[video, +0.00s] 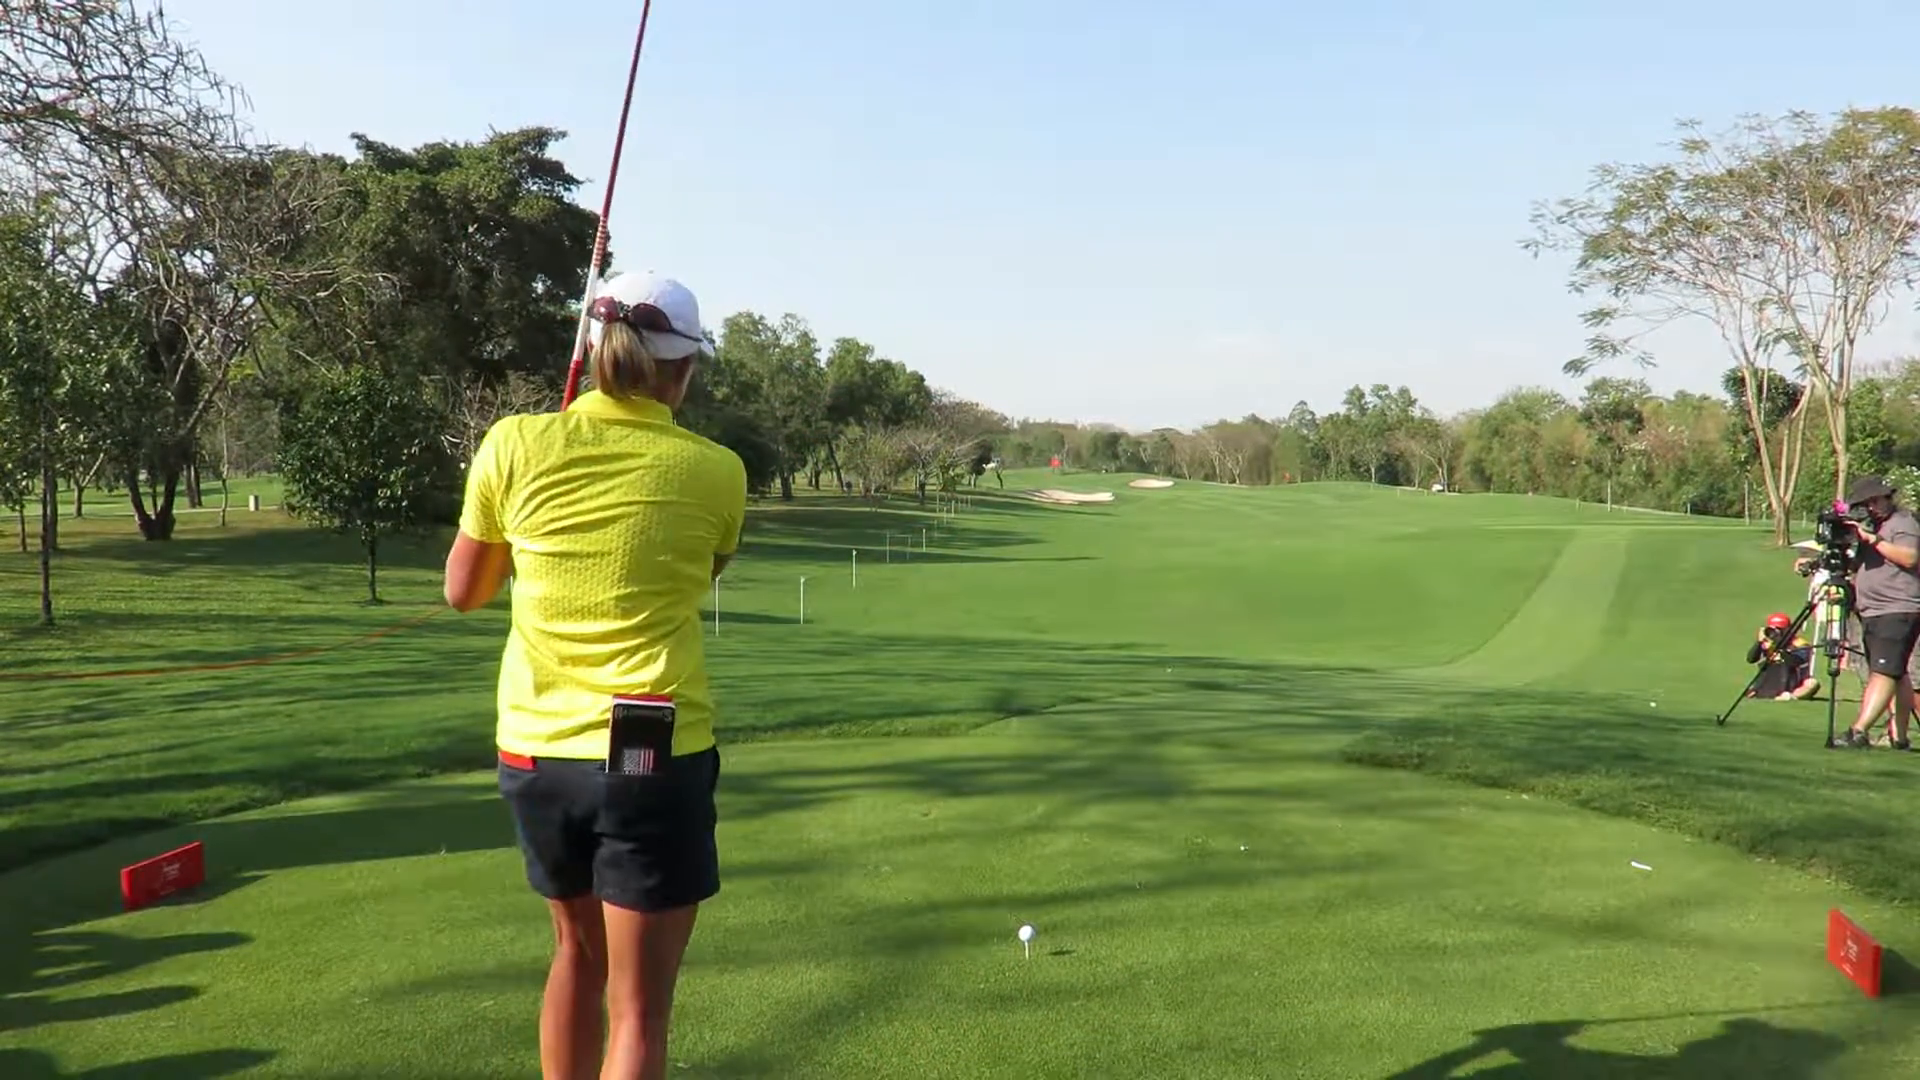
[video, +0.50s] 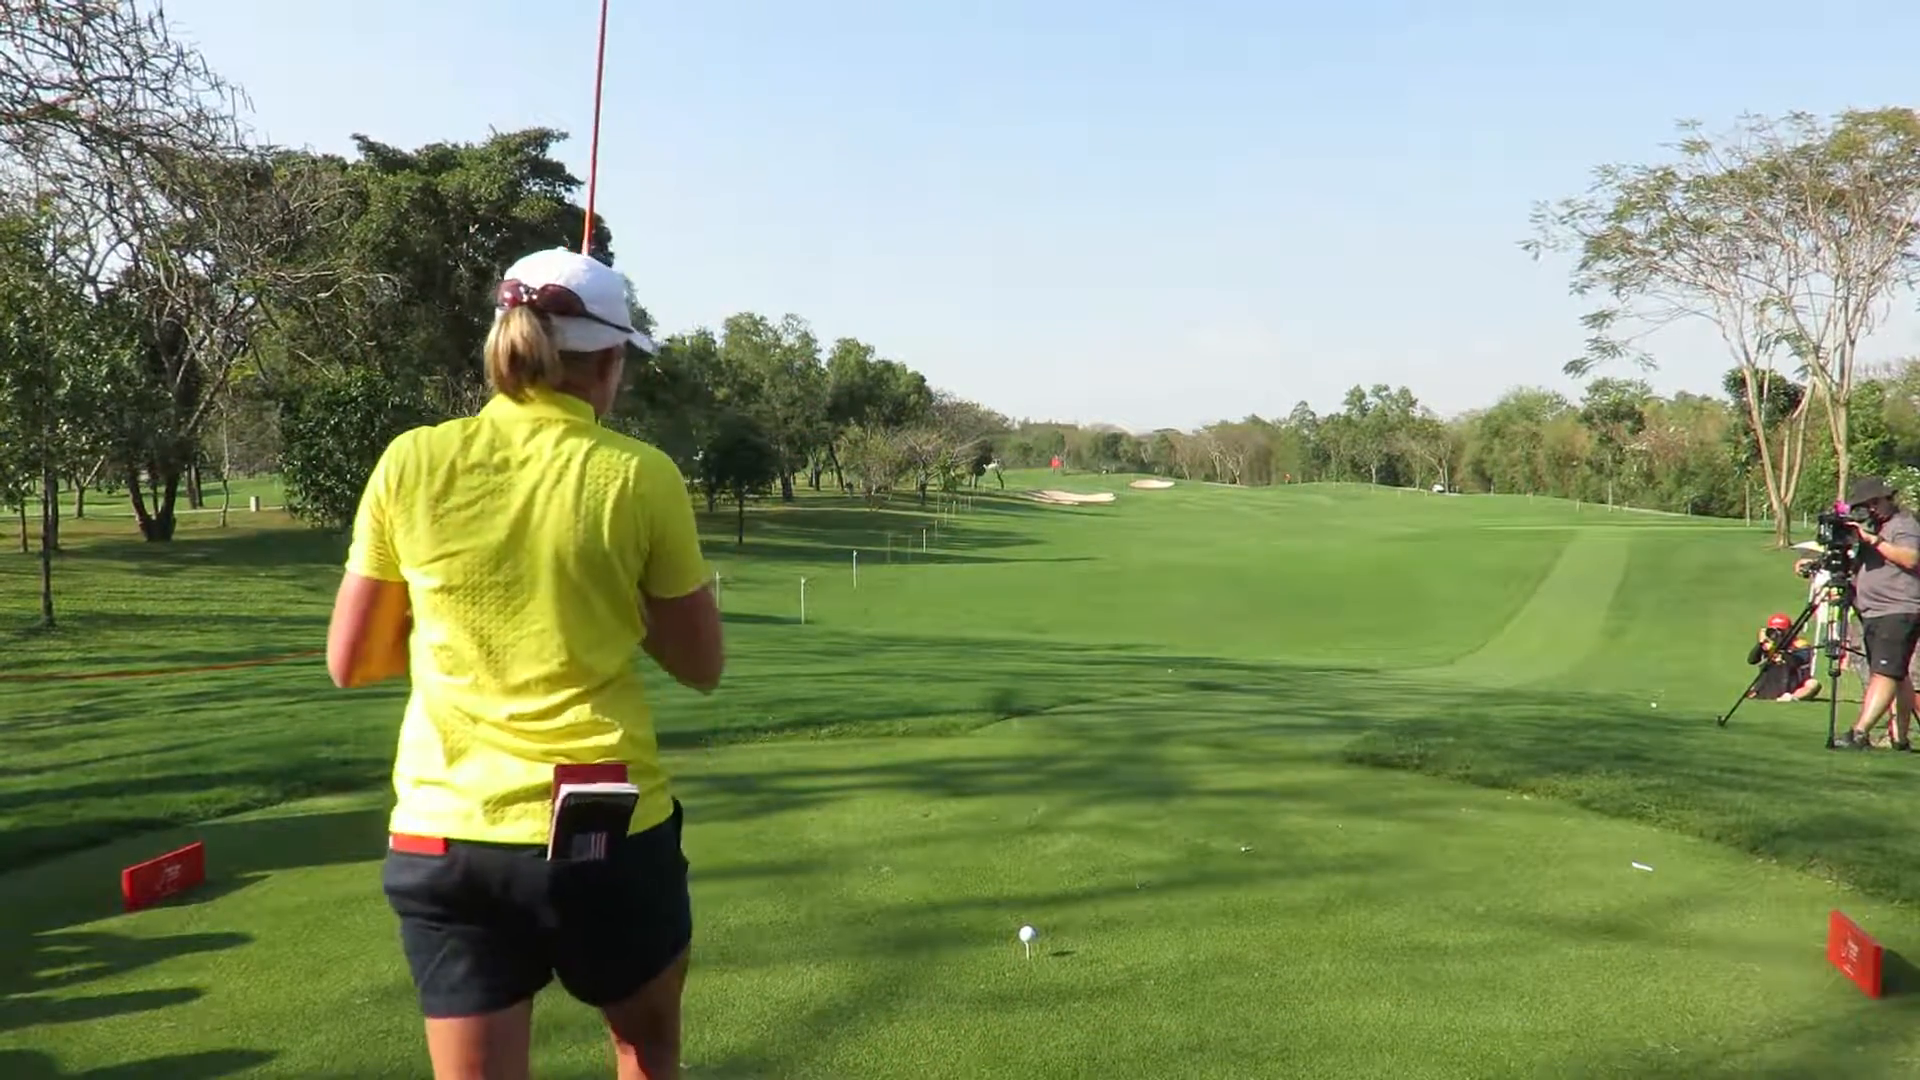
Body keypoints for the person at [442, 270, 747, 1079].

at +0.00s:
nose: (692, 376)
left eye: (689, 360)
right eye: (692, 362)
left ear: (590, 351)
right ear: (681, 368)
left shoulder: (514, 444)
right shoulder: (716, 472)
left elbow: (464, 587)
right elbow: (701, 570)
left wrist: (546, 520)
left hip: (537, 757)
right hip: (656, 763)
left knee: (573, 951)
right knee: (639, 1009)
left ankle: (564, 1077)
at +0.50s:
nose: (621, 377)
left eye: (622, 358)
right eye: (623, 359)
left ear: (501, 349)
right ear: (606, 364)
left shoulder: (409, 462)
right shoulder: (637, 477)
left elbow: (352, 659)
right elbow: (700, 661)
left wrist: (458, 614)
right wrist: (614, 584)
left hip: (441, 843)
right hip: (606, 839)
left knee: (474, 1070)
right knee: (646, 1047)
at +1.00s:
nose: (593, 345)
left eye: (593, 320)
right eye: (594, 323)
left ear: (459, 309)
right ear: (576, 326)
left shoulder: (343, 444)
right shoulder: (610, 470)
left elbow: (198, 643)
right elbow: (676, 727)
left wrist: (338, 743)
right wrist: (642, 783)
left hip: (365, 892)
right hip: (536, 902)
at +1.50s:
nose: (580, 329)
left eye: (580, 305)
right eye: (582, 307)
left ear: (432, 284)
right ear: (562, 311)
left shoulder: (300, 434)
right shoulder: (595, 466)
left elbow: (171, 679)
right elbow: (644, 771)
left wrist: (283, 826)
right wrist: (659, 925)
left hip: (314, 917)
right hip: (511, 930)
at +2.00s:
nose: (536, 355)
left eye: (538, 331)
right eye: (537, 332)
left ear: (392, 313)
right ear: (518, 334)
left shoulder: (270, 460)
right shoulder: (547, 474)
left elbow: (165, 701)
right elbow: (609, 751)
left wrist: (207, 879)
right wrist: (616, 895)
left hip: (301, 916)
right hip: (478, 919)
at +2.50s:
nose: (413, 377)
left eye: (416, 359)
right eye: (412, 358)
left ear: (288, 346)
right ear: (381, 356)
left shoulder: (182, 459)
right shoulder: (409, 469)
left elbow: (124, 661)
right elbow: (460, 679)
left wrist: (192, 764)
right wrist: (503, 817)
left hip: (215, 830)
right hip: (379, 833)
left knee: (251, 1067)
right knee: (434, 1048)